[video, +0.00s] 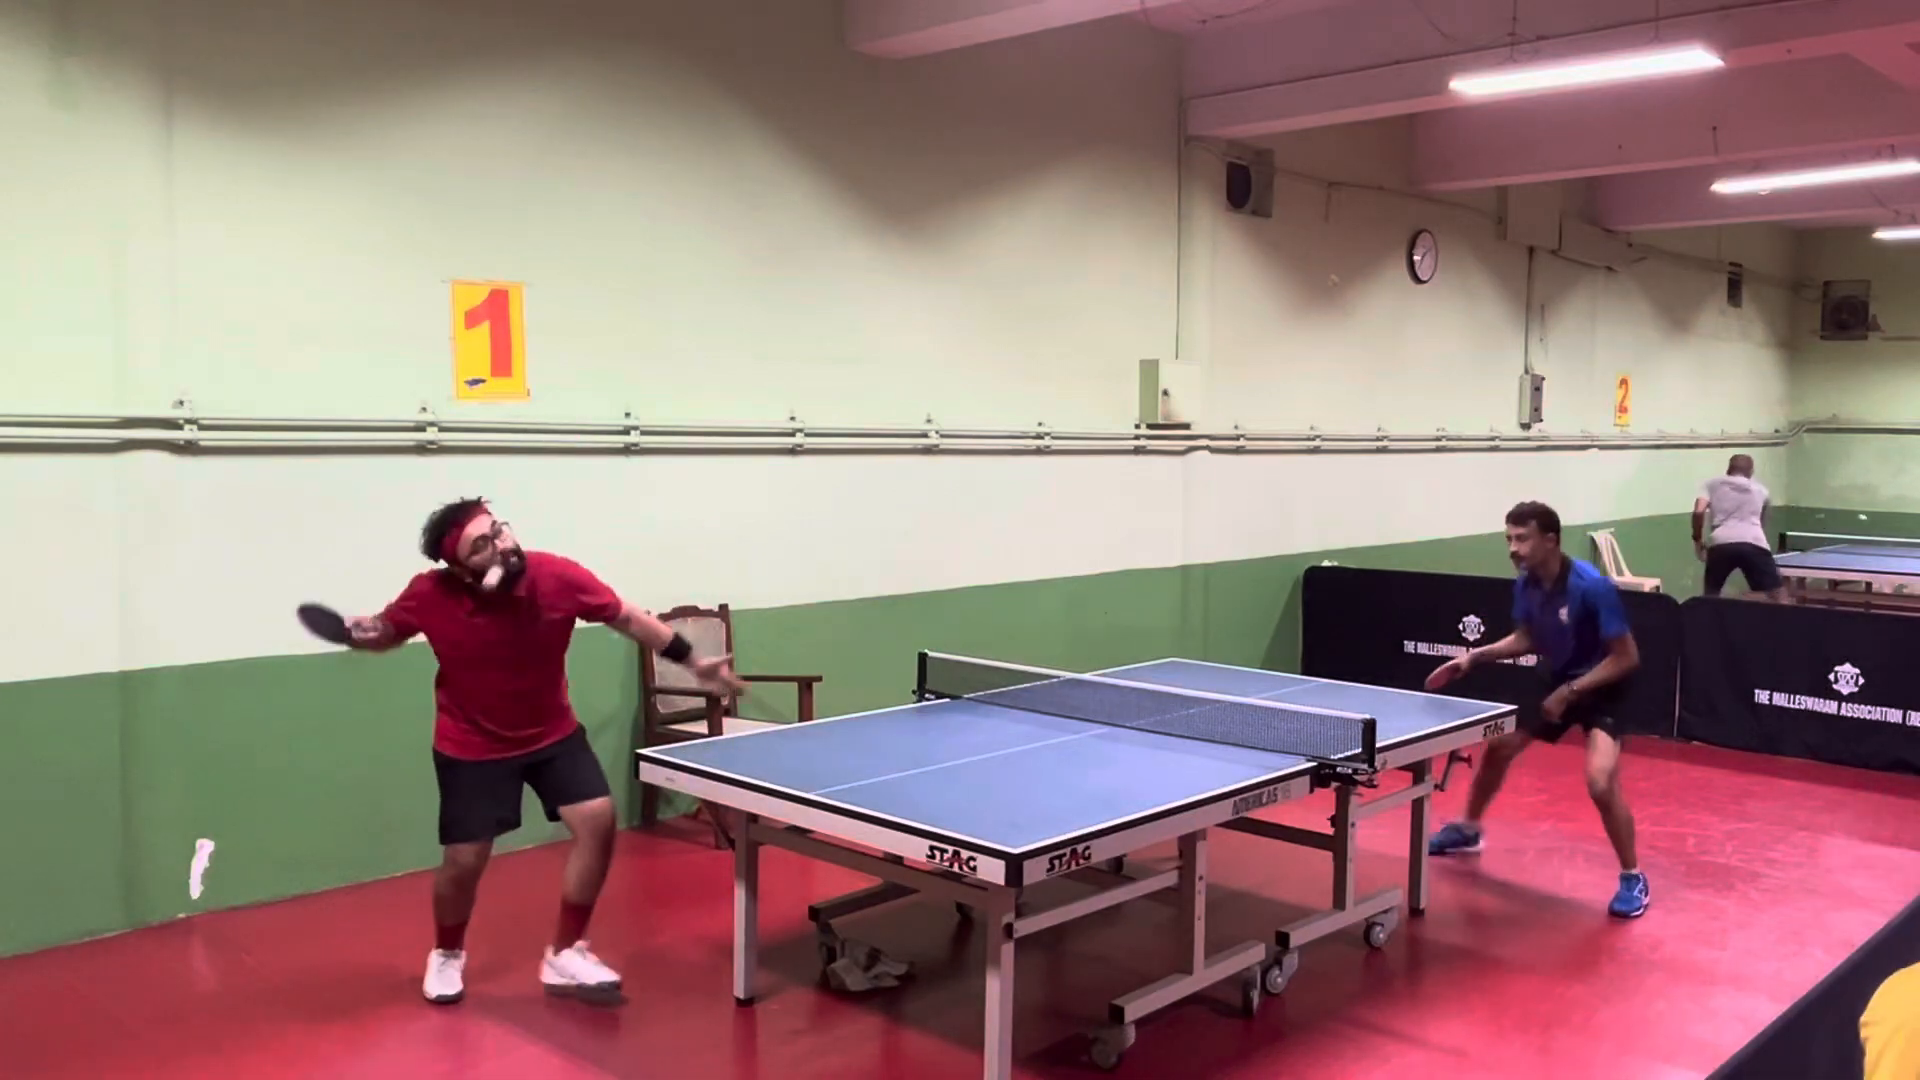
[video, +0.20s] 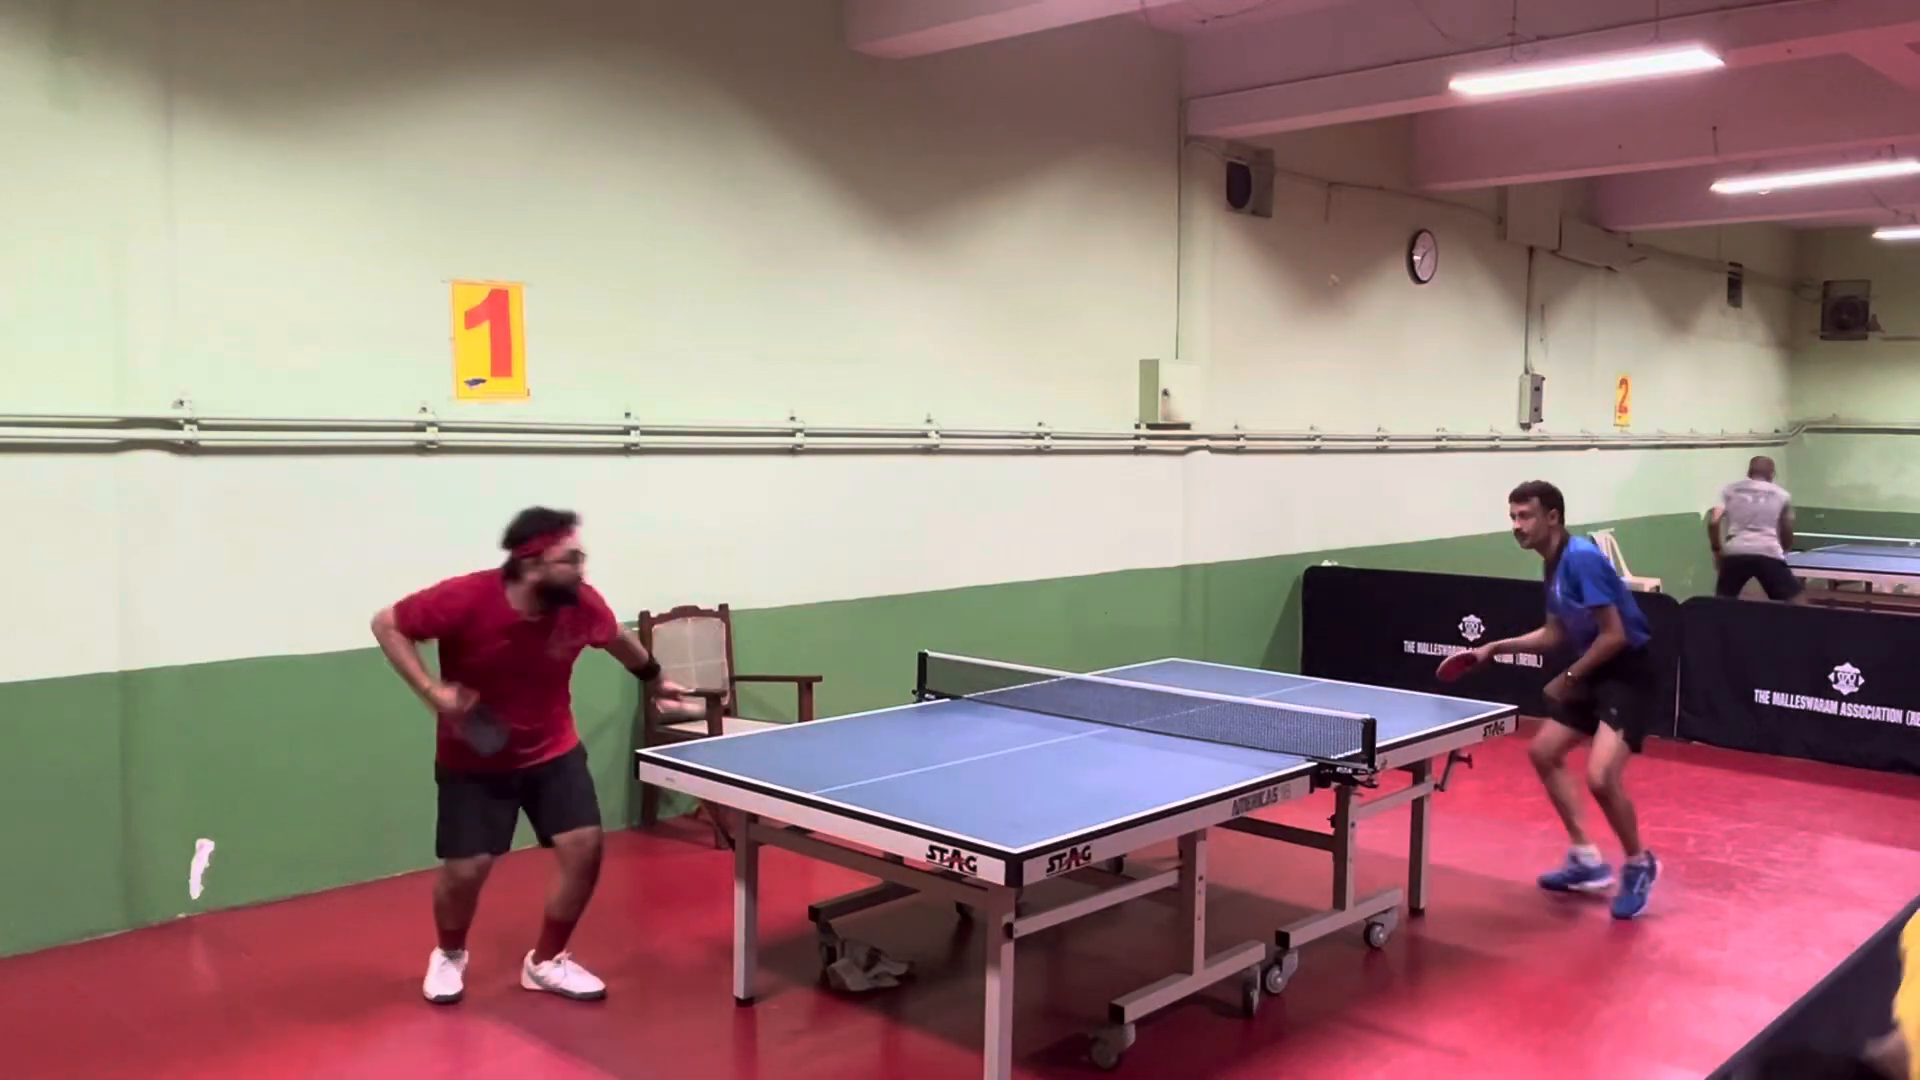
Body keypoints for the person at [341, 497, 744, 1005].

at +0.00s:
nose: (502, 544)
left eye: (499, 530)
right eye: (483, 545)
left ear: (507, 525)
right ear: (459, 567)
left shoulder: (557, 578)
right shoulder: (431, 597)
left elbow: (628, 619)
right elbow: (389, 630)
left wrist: (694, 661)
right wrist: (362, 632)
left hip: (551, 730)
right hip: (471, 741)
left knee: (597, 819)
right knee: (464, 859)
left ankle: (565, 953)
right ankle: (447, 955)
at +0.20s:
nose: (581, 568)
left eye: (581, 557)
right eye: (570, 558)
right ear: (531, 563)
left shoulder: (582, 606)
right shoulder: (466, 599)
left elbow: (618, 643)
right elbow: (386, 623)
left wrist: (654, 677)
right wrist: (431, 689)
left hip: (551, 749)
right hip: (473, 756)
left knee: (584, 846)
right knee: (465, 868)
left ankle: (546, 959)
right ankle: (450, 955)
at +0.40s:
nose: (612, 530)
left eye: (609, 520)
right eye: (601, 523)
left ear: (574, 536)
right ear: (568, 536)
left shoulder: (590, 585)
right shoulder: (502, 578)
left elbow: (585, 643)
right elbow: (410, 615)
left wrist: (600, 696)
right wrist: (387, 701)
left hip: (547, 737)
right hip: (477, 744)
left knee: (585, 839)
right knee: (483, 864)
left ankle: (547, 960)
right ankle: (442, 939)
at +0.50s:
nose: (612, 523)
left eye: (608, 513)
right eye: (601, 515)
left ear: (574, 527)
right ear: (568, 527)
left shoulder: (583, 579)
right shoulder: (506, 573)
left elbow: (556, 651)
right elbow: (420, 619)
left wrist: (562, 706)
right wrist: (404, 709)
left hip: (544, 736)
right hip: (478, 739)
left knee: (577, 841)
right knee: (487, 854)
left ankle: (545, 963)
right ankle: (424, 951)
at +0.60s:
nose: (606, 522)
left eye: (603, 512)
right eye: (596, 514)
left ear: (568, 525)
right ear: (562, 525)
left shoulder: (572, 576)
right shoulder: (502, 574)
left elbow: (542, 653)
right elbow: (429, 636)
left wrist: (541, 720)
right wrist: (439, 727)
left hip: (541, 740)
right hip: (483, 747)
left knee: (568, 840)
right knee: (475, 858)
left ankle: (545, 962)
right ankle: (405, 991)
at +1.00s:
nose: (568, 513)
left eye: (565, 502)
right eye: (557, 505)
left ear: (521, 513)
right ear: (519, 515)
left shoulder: (517, 569)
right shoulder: (480, 574)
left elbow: (492, 654)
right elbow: (436, 661)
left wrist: (515, 713)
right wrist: (498, 731)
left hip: (464, 734)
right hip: (413, 737)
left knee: (494, 834)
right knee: (448, 865)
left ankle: (441, 956)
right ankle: (396, 1023)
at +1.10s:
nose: (560, 535)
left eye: (557, 524)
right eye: (550, 526)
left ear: (514, 533)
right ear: (512, 535)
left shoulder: (512, 588)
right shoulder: (466, 595)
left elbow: (477, 682)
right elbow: (421, 684)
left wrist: (513, 731)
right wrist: (489, 742)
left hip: (452, 739)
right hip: (409, 744)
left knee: (487, 850)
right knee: (465, 868)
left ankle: (431, 965)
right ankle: (389, 1023)